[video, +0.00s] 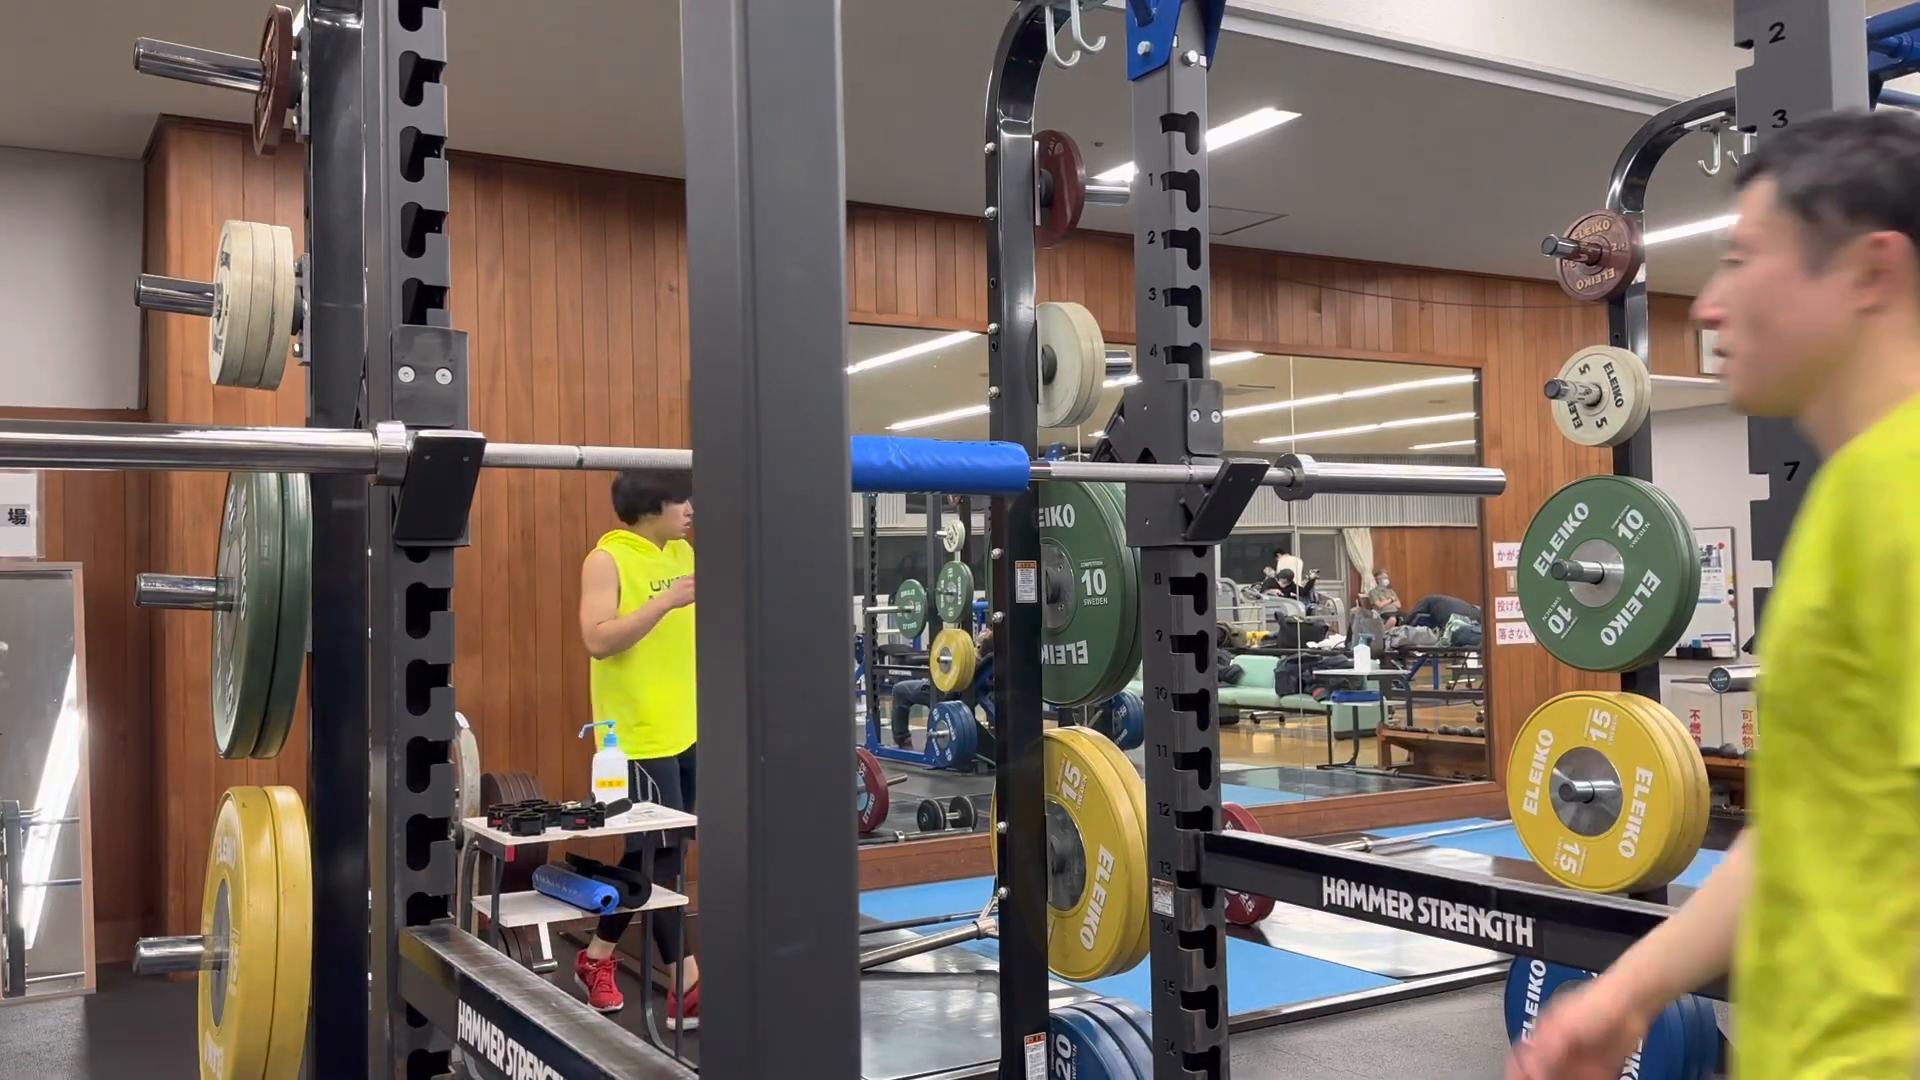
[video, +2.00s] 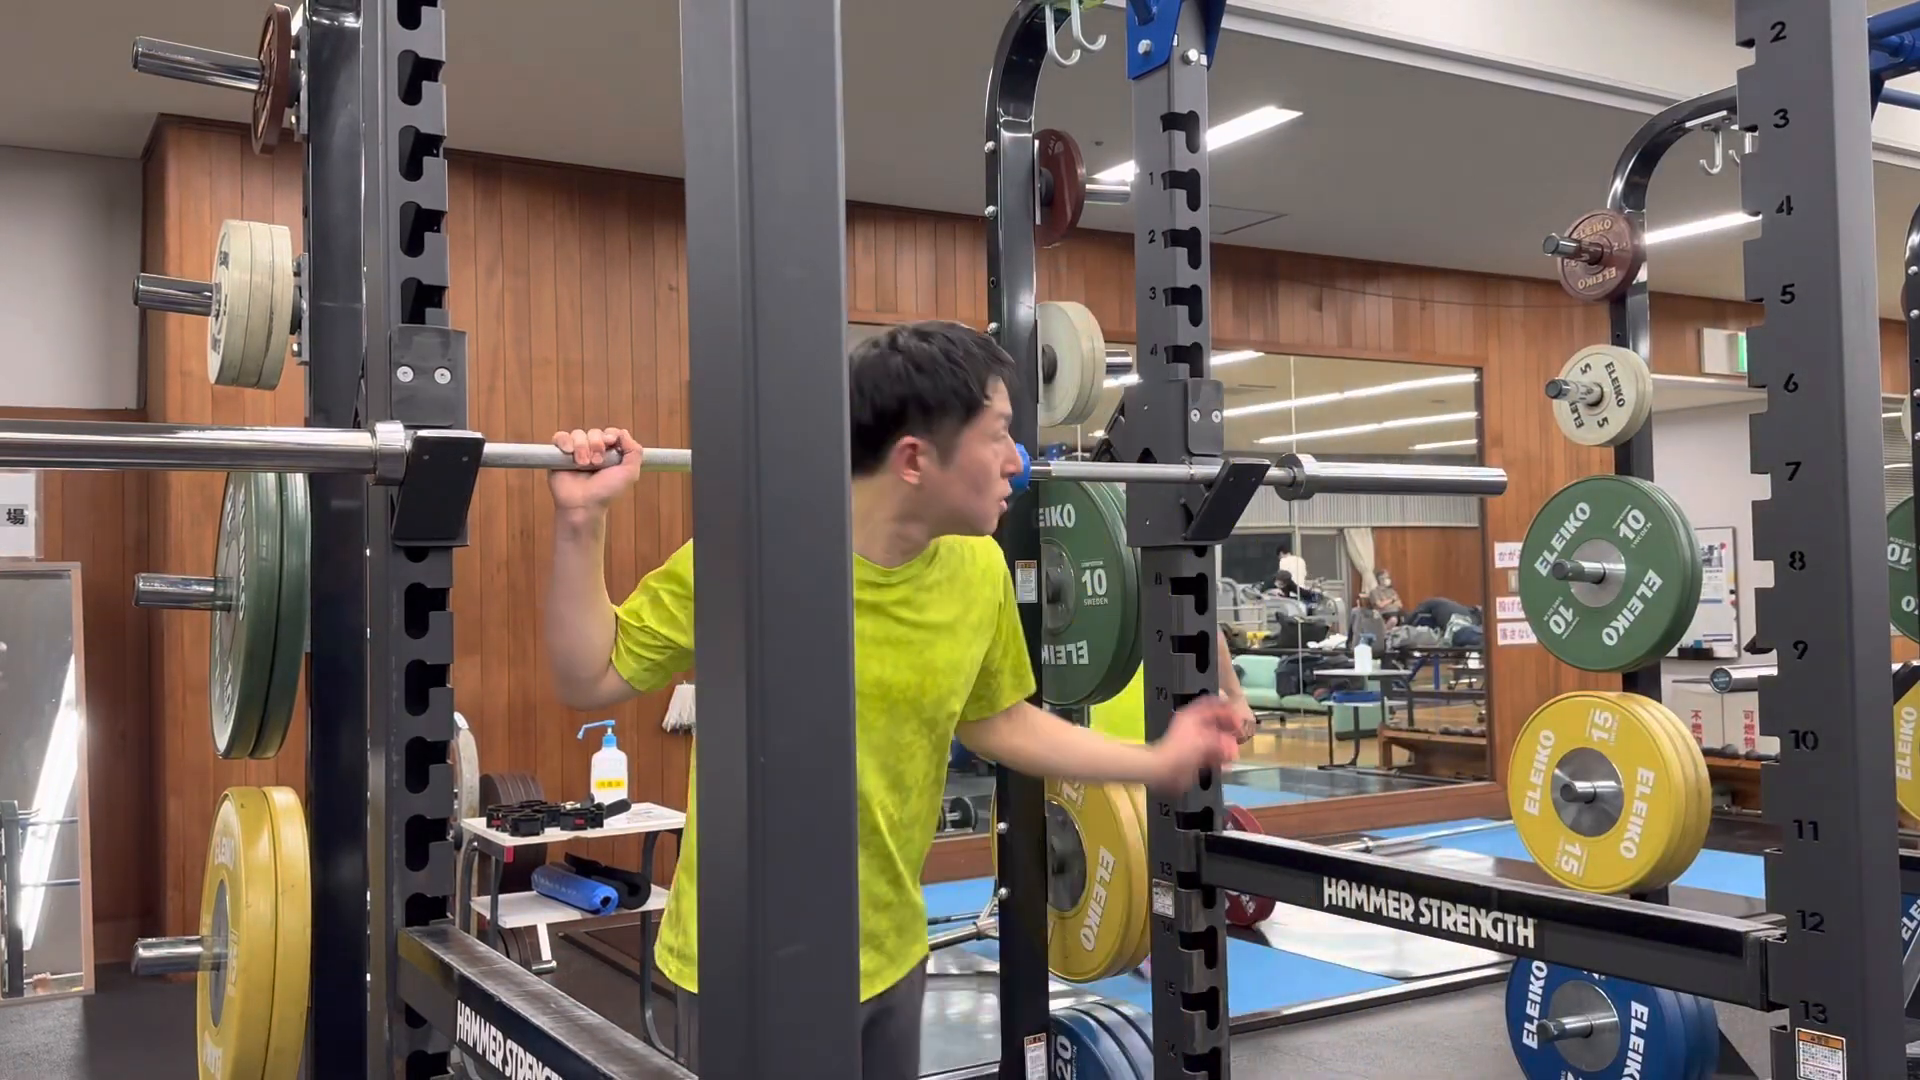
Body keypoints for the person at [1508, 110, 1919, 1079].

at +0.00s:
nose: (1704, 301)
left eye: (1740, 257)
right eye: (1721, 263)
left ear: (1876, 273)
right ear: (1872, 274)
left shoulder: (1889, 489)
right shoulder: (1851, 491)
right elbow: (1806, 817)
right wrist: (1635, 988)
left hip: (1866, 1046)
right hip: (1799, 1042)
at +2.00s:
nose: (1016, 458)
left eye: (1010, 434)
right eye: (997, 435)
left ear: (924, 458)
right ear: (914, 458)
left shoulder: (974, 570)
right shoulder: (750, 553)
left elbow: (998, 718)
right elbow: (590, 676)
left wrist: (1154, 763)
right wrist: (578, 525)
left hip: (884, 966)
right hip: (736, 974)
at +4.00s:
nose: (990, 449)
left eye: (1009, 420)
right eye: (959, 417)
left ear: (1027, 428)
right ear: (890, 424)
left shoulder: (1025, 533)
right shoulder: (815, 541)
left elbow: (1064, 634)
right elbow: (654, 671)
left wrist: (1163, 527)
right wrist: (599, 523)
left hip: (983, 948)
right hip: (846, 965)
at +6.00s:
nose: (995, 434)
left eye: (1015, 401)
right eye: (962, 404)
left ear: (1036, 398)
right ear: (887, 402)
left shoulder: (1031, 507)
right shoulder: (813, 517)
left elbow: (1062, 599)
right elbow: (644, 638)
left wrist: (1174, 499)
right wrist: (597, 505)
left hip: (1009, 954)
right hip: (851, 977)